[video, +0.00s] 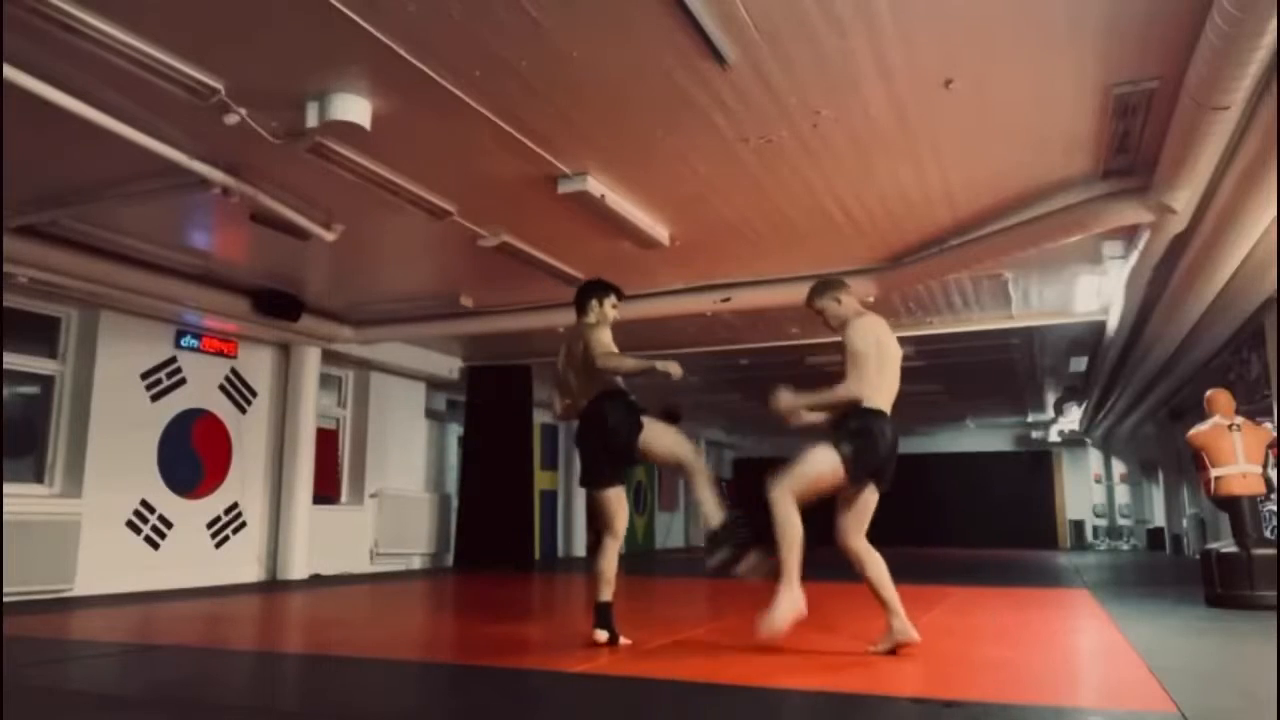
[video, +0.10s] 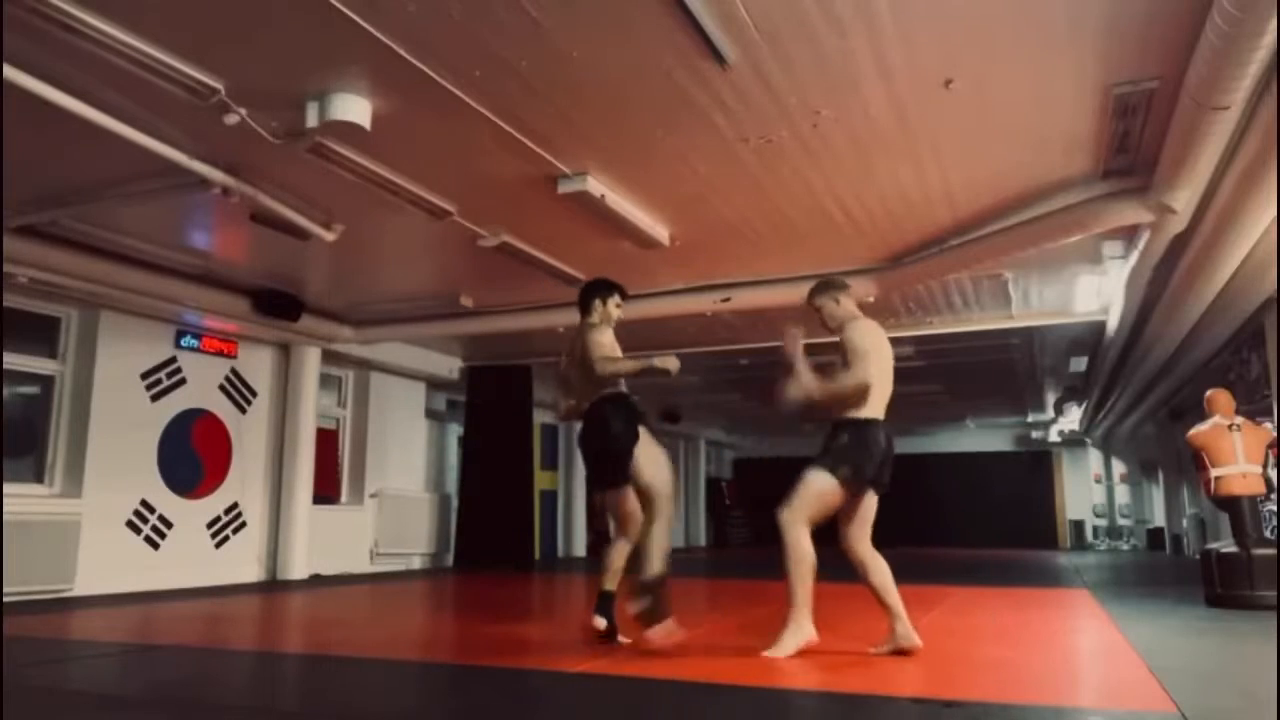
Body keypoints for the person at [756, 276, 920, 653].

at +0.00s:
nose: (826, 322)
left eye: (825, 312)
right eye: (821, 315)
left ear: (842, 298)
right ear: (849, 299)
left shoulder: (861, 327)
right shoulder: (882, 331)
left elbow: (857, 388)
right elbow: (863, 400)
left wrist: (797, 400)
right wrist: (811, 416)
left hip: (861, 433)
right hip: (882, 441)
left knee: (782, 489)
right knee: (852, 536)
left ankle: (790, 592)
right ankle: (900, 623)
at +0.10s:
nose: (822, 319)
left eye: (823, 309)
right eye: (819, 312)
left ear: (842, 299)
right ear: (844, 302)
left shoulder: (858, 331)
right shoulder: (871, 334)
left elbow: (862, 379)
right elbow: (832, 393)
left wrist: (815, 389)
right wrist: (801, 362)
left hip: (855, 440)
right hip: (873, 442)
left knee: (793, 516)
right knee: (857, 540)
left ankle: (800, 623)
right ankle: (903, 628)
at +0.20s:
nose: (819, 298)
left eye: (820, 290)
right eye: (815, 293)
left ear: (839, 278)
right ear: (832, 286)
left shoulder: (866, 307)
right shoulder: (846, 319)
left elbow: (855, 337)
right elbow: (799, 342)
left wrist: (811, 314)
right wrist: (791, 301)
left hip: (849, 421)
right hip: (851, 425)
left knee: (768, 466)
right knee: (844, 524)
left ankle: (782, 565)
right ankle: (892, 611)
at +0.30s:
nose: (818, 286)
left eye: (818, 278)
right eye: (814, 281)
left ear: (831, 266)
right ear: (828, 272)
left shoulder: (863, 291)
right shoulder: (847, 299)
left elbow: (833, 318)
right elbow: (791, 316)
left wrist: (804, 285)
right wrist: (766, 282)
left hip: (849, 408)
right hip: (836, 405)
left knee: (771, 463)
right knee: (771, 462)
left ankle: (791, 569)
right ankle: (821, 542)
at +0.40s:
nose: (821, 295)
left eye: (822, 287)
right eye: (817, 290)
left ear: (837, 273)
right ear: (828, 281)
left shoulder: (869, 304)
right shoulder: (843, 312)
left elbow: (822, 324)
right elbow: (779, 334)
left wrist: (799, 286)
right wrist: (740, 313)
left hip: (829, 413)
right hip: (806, 408)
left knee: (797, 509)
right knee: (739, 395)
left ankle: (810, 613)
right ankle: (711, 471)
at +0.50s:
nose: (830, 315)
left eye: (832, 304)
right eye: (825, 309)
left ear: (855, 294)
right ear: (834, 303)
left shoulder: (884, 334)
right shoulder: (837, 339)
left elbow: (830, 344)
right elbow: (779, 367)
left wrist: (806, 303)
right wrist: (725, 360)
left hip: (814, 431)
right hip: (782, 416)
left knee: (795, 532)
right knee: (713, 389)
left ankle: (814, 632)